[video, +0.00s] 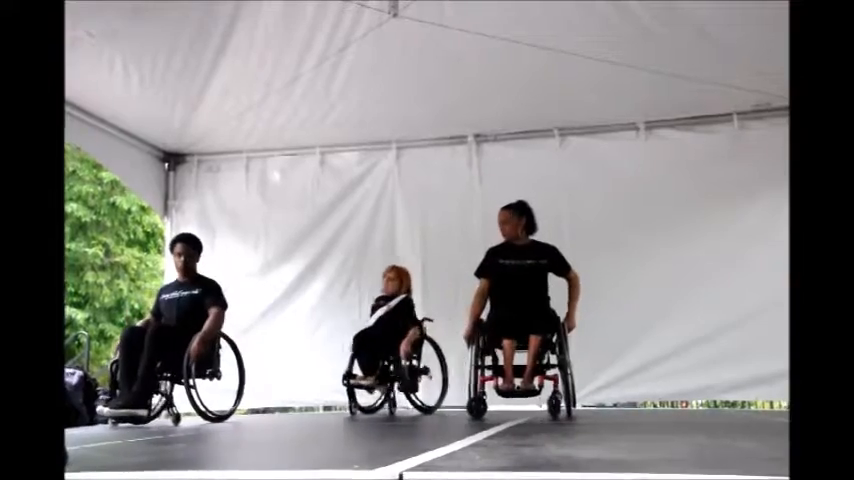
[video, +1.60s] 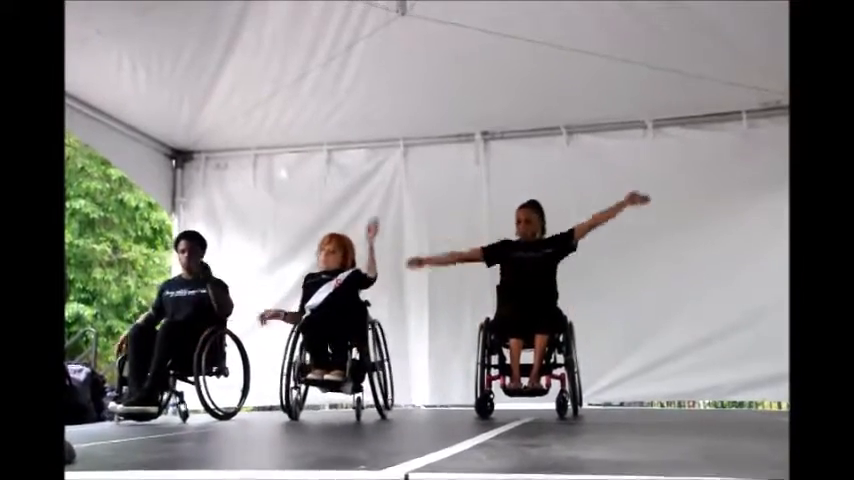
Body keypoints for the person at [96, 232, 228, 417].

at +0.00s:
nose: (183, 260)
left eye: (189, 255)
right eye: (179, 255)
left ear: (198, 257)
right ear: (173, 258)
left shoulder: (208, 286)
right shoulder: (165, 291)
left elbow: (217, 315)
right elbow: (153, 319)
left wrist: (201, 340)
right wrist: (130, 337)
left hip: (194, 350)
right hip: (167, 348)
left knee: (156, 333)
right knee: (131, 333)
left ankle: (140, 400)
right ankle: (125, 398)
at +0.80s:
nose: (187, 257)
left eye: (192, 252)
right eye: (182, 252)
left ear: (201, 255)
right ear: (176, 255)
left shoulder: (211, 286)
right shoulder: (167, 288)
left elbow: (218, 315)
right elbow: (142, 310)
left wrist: (204, 340)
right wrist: (121, 326)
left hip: (200, 350)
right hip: (172, 349)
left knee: (161, 330)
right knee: (136, 332)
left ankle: (145, 397)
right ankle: (131, 396)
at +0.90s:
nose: (184, 257)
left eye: (189, 252)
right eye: (180, 252)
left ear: (199, 255)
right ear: (175, 255)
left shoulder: (211, 285)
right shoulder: (167, 287)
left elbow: (218, 314)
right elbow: (147, 301)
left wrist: (203, 339)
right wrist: (136, 306)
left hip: (199, 349)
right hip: (171, 347)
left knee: (162, 329)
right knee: (136, 331)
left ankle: (144, 397)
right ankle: (130, 394)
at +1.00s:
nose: (181, 255)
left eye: (186, 250)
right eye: (177, 251)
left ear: (196, 253)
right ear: (172, 255)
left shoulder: (210, 284)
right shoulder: (168, 286)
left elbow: (219, 312)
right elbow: (139, 302)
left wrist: (205, 337)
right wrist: (148, 288)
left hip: (200, 350)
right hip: (172, 348)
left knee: (163, 328)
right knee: (137, 330)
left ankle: (146, 395)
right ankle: (131, 394)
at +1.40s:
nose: (184, 255)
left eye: (189, 249)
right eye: (179, 250)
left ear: (199, 252)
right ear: (174, 254)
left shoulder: (213, 285)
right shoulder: (166, 287)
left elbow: (231, 314)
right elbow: (145, 317)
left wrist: (220, 319)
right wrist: (133, 294)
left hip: (204, 352)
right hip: (173, 349)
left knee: (170, 329)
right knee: (141, 329)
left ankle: (151, 396)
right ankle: (136, 396)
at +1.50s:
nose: (185, 256)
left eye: (190, 250)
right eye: (180, 251)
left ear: (200, 253)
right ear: (175, 255)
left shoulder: (214, 285)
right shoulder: (167, 287)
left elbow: (229, 314)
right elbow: (153, 313)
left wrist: (219, 292)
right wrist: (128, 322)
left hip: (205, 350)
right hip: (174, 348)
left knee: (169, 327)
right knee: (141, 329)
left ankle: (151, 397)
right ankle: (136, 397)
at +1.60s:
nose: (187, 256)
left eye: (192, 251)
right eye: (182, 252)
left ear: (202, 254)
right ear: (177, 255)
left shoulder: (215, 285)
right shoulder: (168, 287)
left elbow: (225, 311)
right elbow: (153, 315)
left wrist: (209, 281)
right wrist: (129, 334)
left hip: (205, 349)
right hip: (174, 347)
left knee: (169, 328)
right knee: (138, 332)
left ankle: (150, 397)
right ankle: (135, 397)